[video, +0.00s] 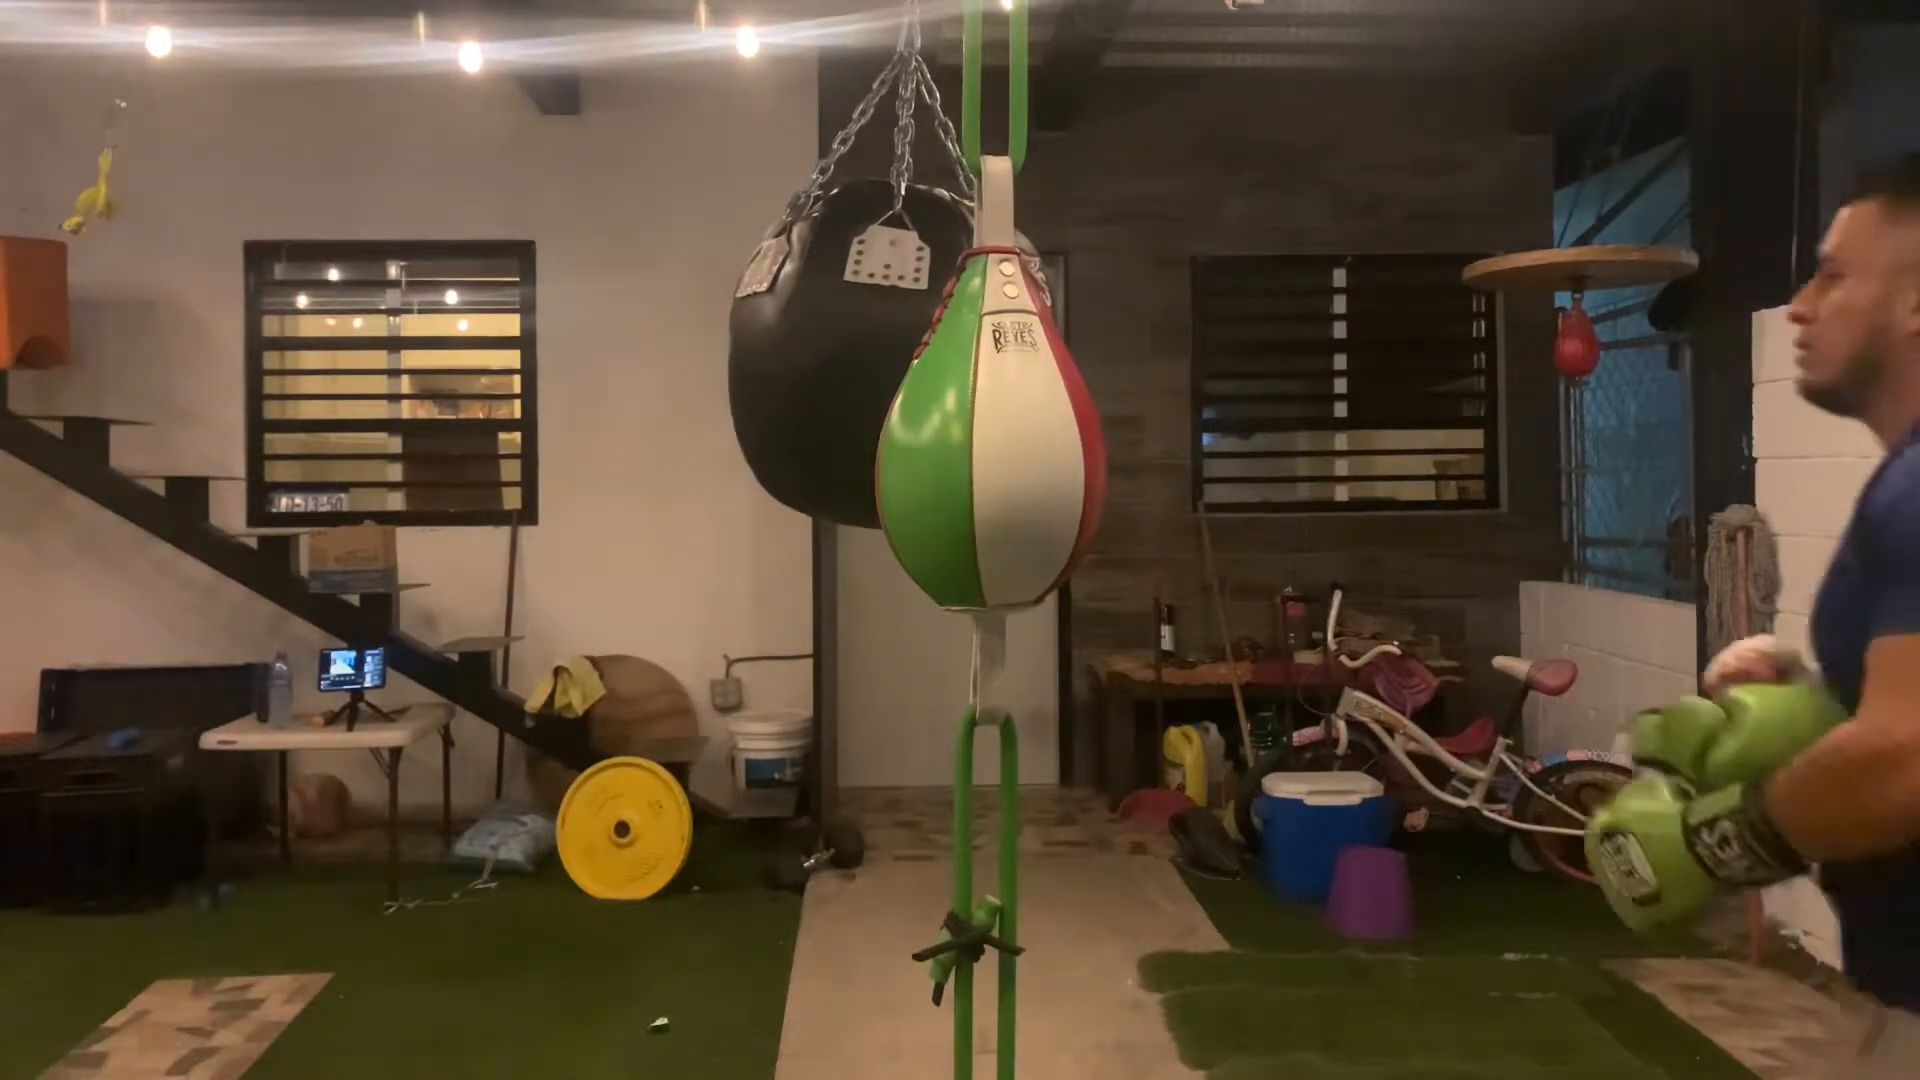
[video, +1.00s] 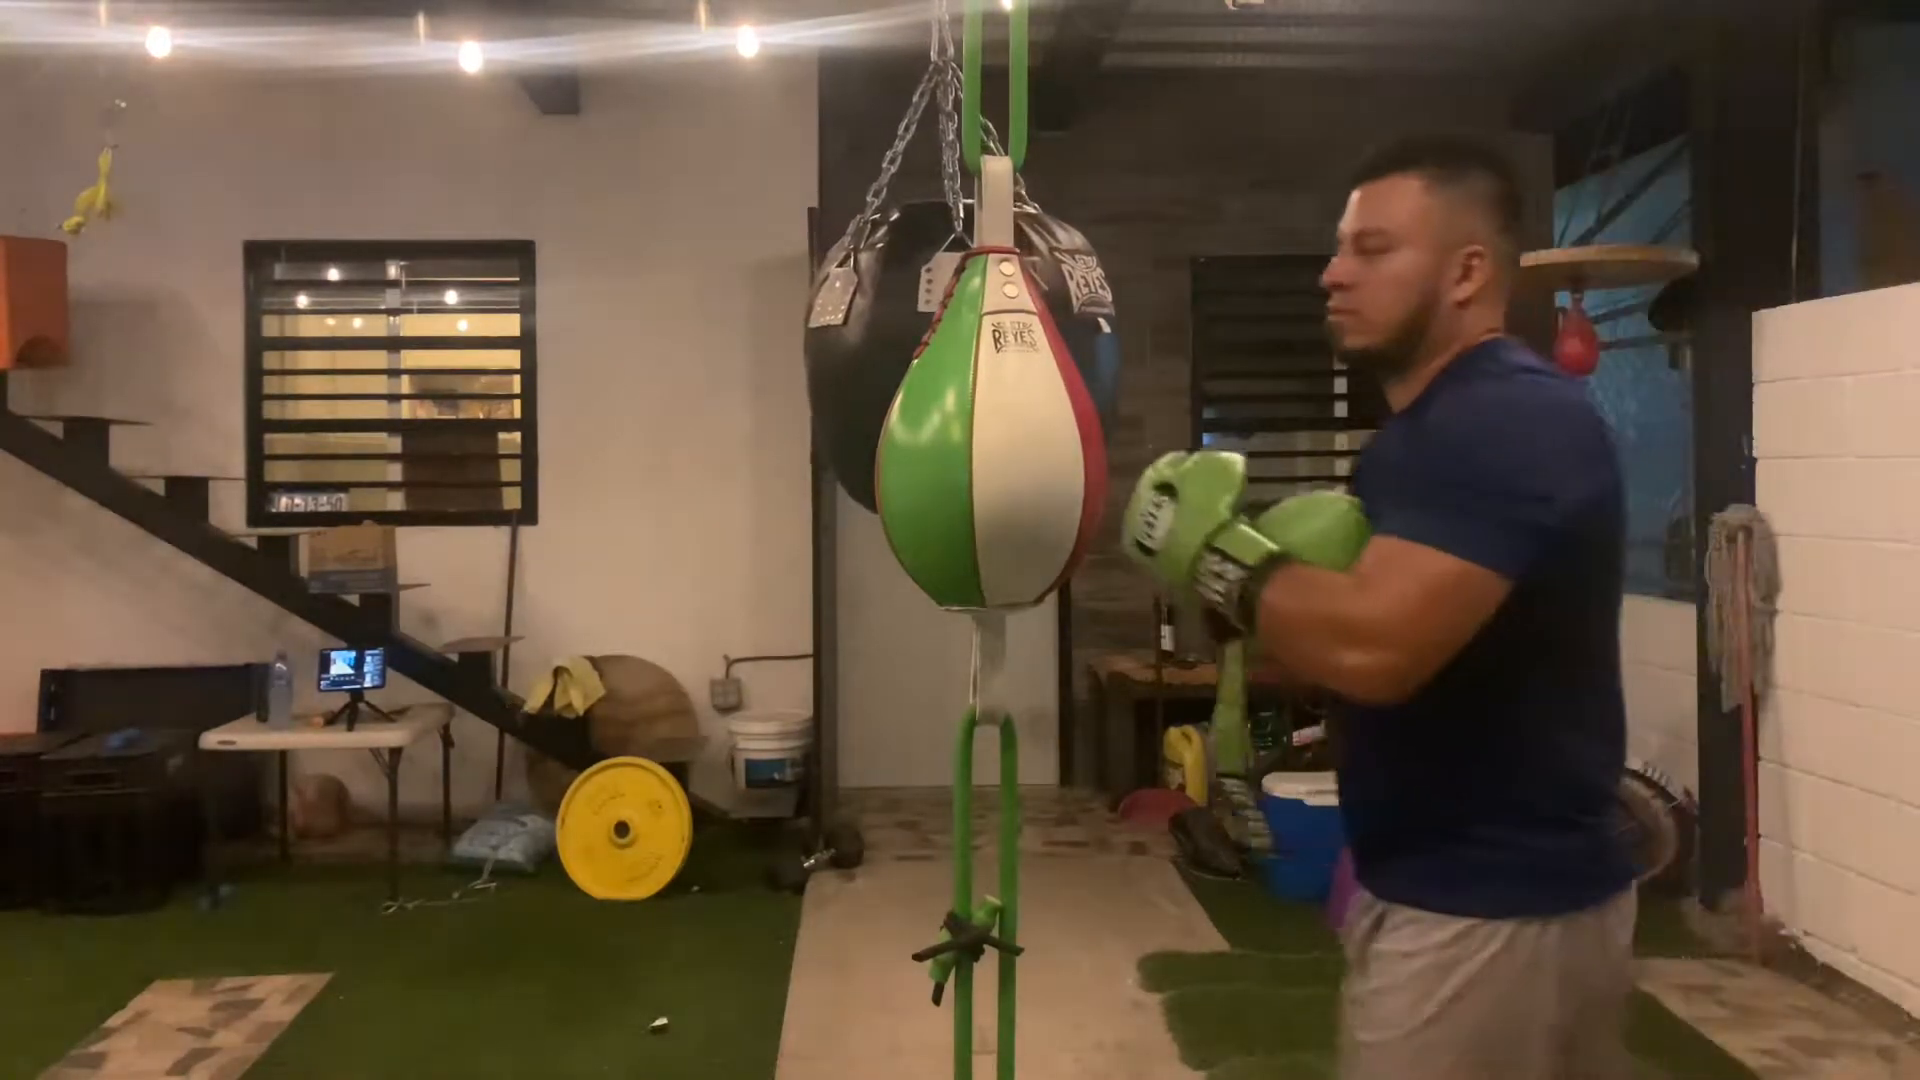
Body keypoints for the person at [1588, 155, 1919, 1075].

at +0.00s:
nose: (1795, 307)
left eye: (1831, 276)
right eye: (1811, 276)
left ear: (1913, 306)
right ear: (1907, 306)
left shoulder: (1908, 489)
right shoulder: (1896, 482)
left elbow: (1898, 760)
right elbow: (1888, 701)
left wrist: (1720, 847)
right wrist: (1796, 687)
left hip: (1912, 1002)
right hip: (1892, 983)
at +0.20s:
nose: (1675, 300)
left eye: (1707, 272)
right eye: (1689, 273)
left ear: (1801, 292)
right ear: (1798, 294)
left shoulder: (1856, 448)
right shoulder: (1813, 443)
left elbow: (1873, 706)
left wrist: (1656, 744)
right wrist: (1640, 702)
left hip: (1854, 968)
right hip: (1796, 945)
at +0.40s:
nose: (1590, 297)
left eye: (1624, 269)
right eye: (1598, 272)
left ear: (1724, 288)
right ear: (1712, 290)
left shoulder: (1796, 438)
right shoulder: (1711, 448)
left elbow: (1812, 697)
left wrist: (1580, 697)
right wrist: (1563, 670)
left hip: (1807, 931)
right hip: (1739, 915)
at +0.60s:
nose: (1496, 308)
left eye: (1531, 280)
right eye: (1499, 283)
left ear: (1631, 299)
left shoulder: (1706, 457)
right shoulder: (1595, 470)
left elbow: (1685, 711)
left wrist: (1456, 677)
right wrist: (1467, 642)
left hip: (1696, 945)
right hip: (1622, 928)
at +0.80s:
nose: (1407, 295)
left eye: (1445, 268)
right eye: (1412, 270)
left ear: (1541, 288)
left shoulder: (1595, 445)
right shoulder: (1494, 454)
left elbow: (1501, 695)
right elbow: (1473, 652)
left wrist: (1313, 619)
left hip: (1570, 926)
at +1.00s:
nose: (1333, 275)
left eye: (1371, 248)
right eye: (1338, 250)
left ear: (1467, 273)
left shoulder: (1508, 416)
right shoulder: (1428, 425)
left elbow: (1375, 647)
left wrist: (1223, 561)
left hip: (1488, 917)